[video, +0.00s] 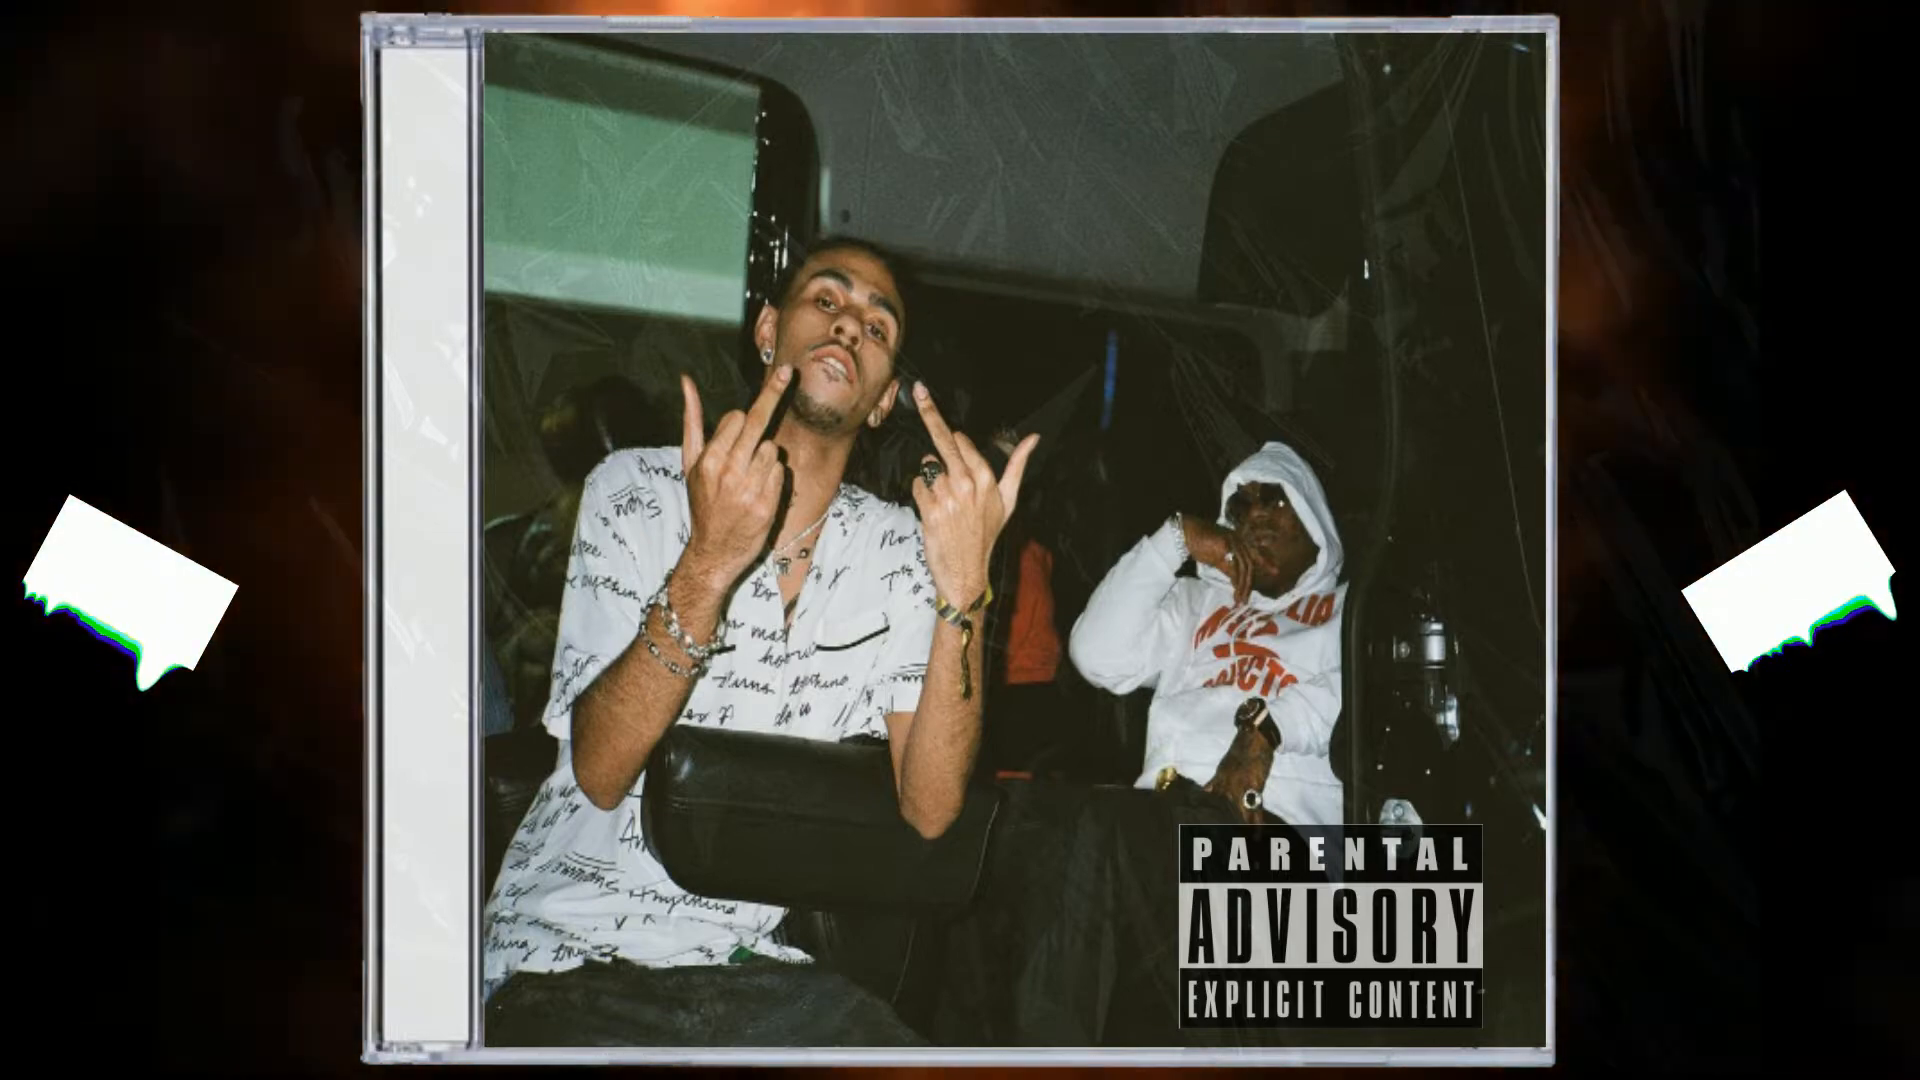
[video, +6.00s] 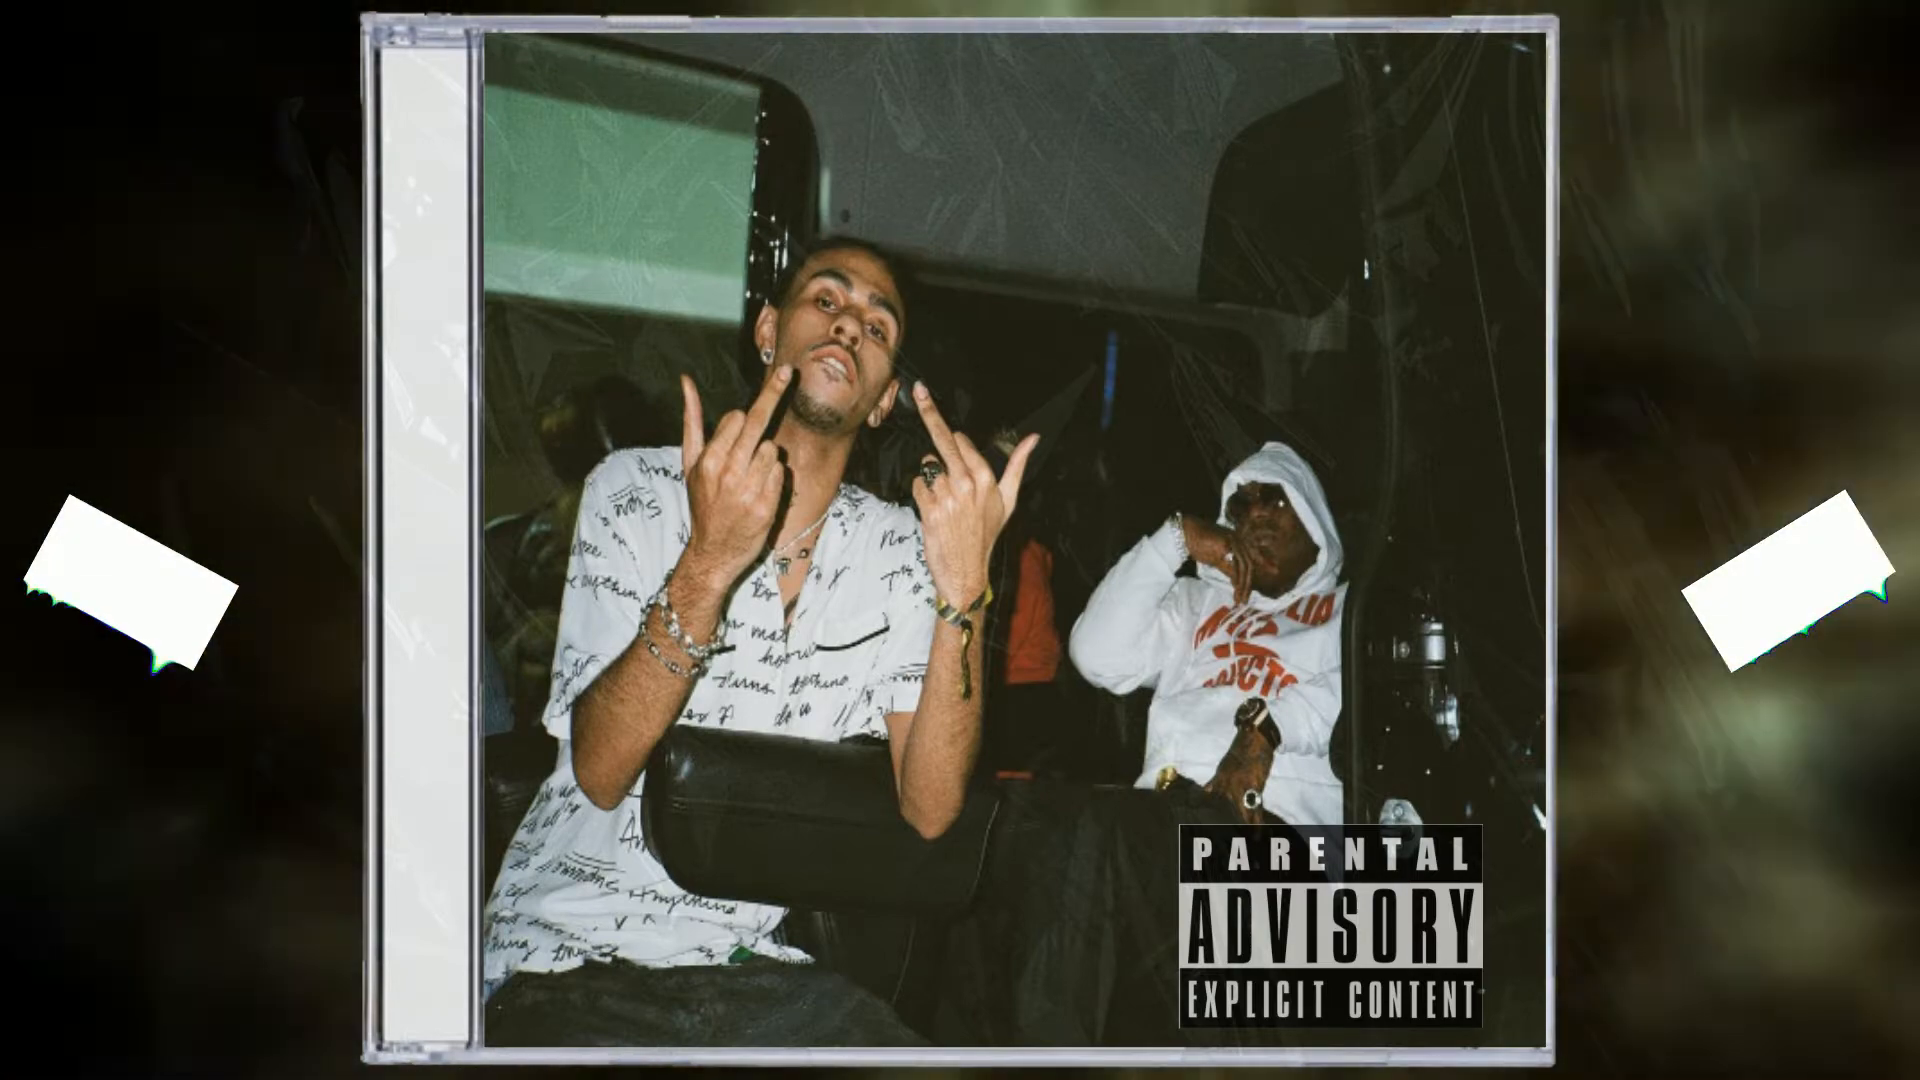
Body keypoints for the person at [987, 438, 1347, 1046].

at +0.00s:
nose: (1257, 528)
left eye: (1276, 510)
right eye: (1244, 511)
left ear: (1317, 527)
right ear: (1228, 528)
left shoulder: (1347, 608)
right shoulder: (1194, 600)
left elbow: (1351, 694)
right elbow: (1097, 658)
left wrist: (1266, 728)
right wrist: (1176, 540)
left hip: (1285, 817)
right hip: (1168, 807)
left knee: (1098, 822)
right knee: (1024, 809)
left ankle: (1048, 1056)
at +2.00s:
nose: (1258, 520)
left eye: (1278, 503)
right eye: (1243, 504)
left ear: (1318, 524)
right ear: (1226, 525)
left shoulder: (1350, 610)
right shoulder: (1195, 602)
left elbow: (1343, 703)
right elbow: (1099, 658)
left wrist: (1264, 727)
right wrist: (1177, 538)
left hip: (1284, 818)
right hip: (1163, 808)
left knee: (1101, 823)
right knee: (1029, 812)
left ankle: (1050, 1050)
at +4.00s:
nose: (1258, 518)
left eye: (1278, 501)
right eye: (1245, 503)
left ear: (1318, 521)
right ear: (1227, 523)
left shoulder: (1352, 607)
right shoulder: (1198, 601)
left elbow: (1348, 701)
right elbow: (1099, 657)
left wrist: (1268, 725)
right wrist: (1177, 539)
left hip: (1284, 815)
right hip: (1167, 805)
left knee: (1101, 824)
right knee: (1025, 810)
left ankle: (1052, 1052)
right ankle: (969, 1046)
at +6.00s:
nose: (1259, 516)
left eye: (1279, 501)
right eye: (1245, 502)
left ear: (1318, 523)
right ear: (1227, 524)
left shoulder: (1351, 606)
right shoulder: (1197, 602)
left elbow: (1357, 700)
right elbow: (1100, 658)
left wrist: (1269, 726)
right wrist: (1177, 539)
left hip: (1284, 815)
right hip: (1165, 805)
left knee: (1102, 825)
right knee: (1028, 810)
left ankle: (1052, 1052)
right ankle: (970, 1047)